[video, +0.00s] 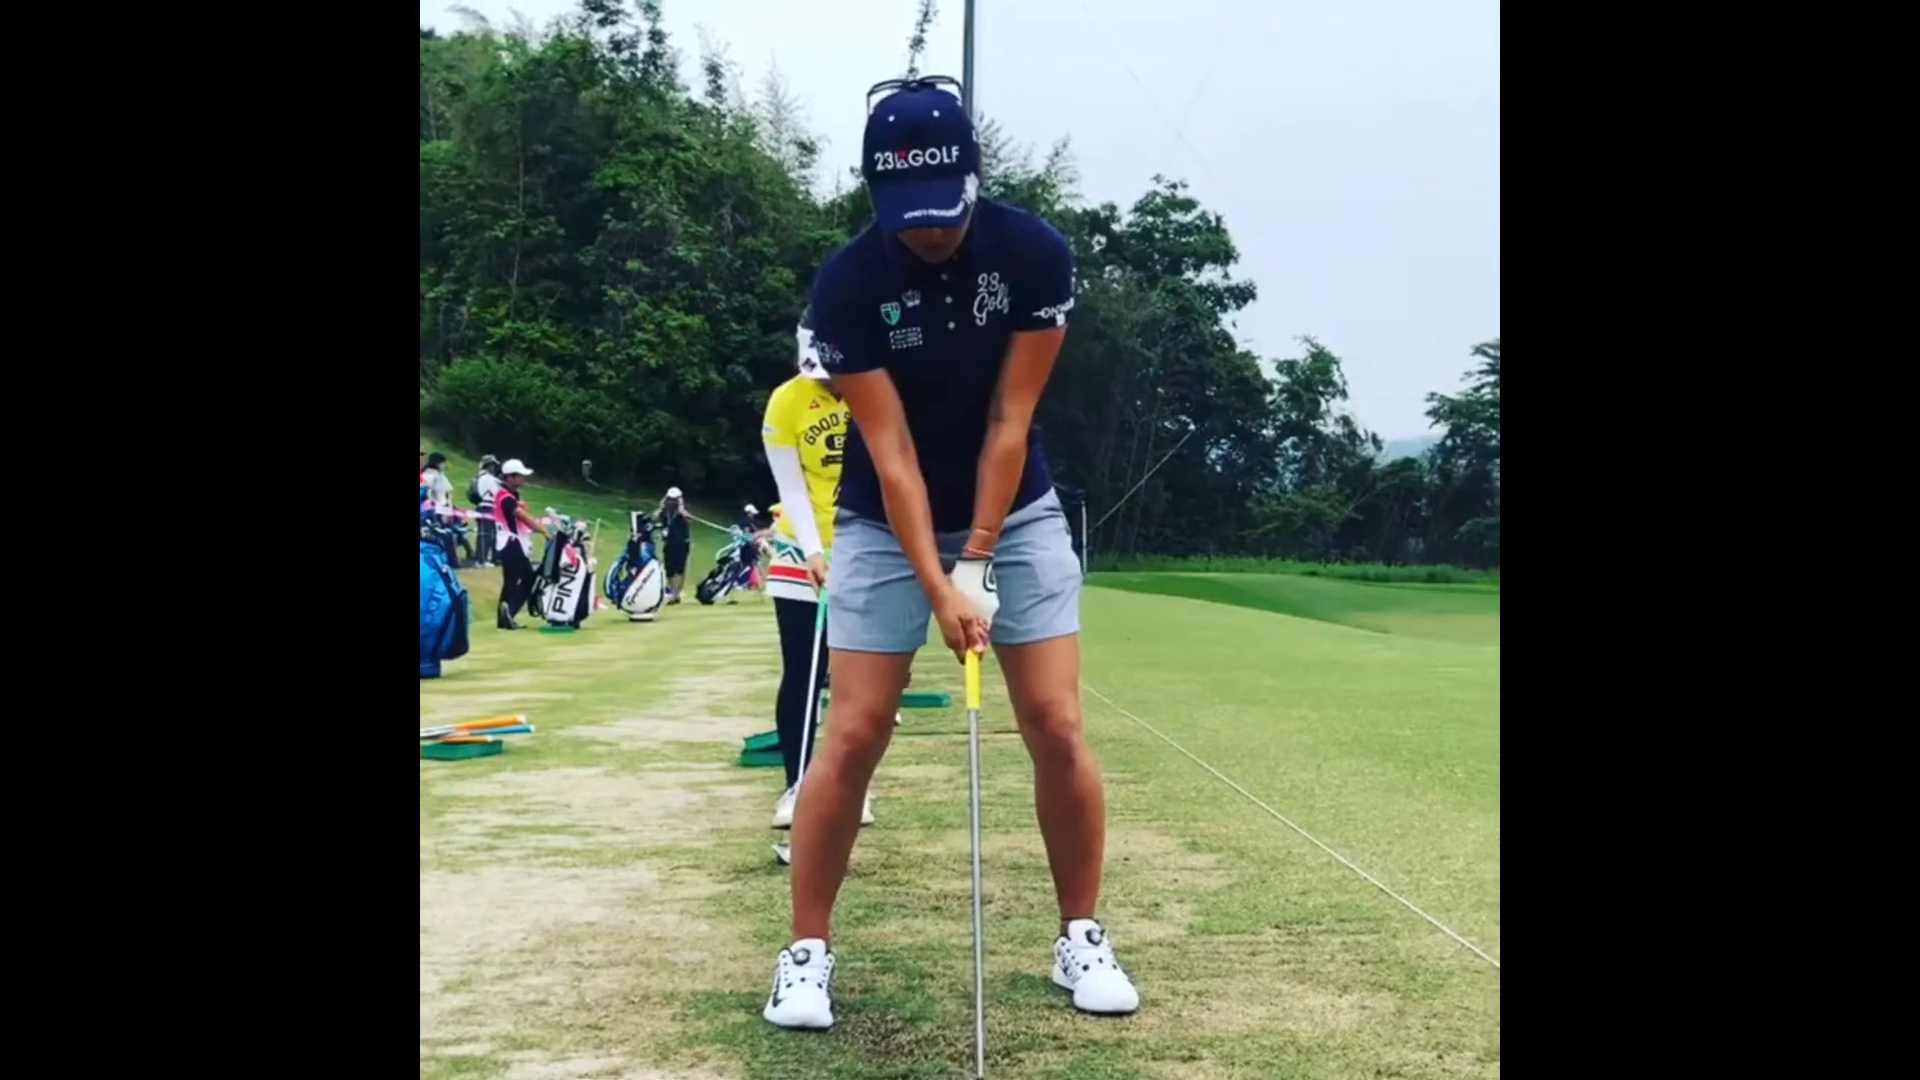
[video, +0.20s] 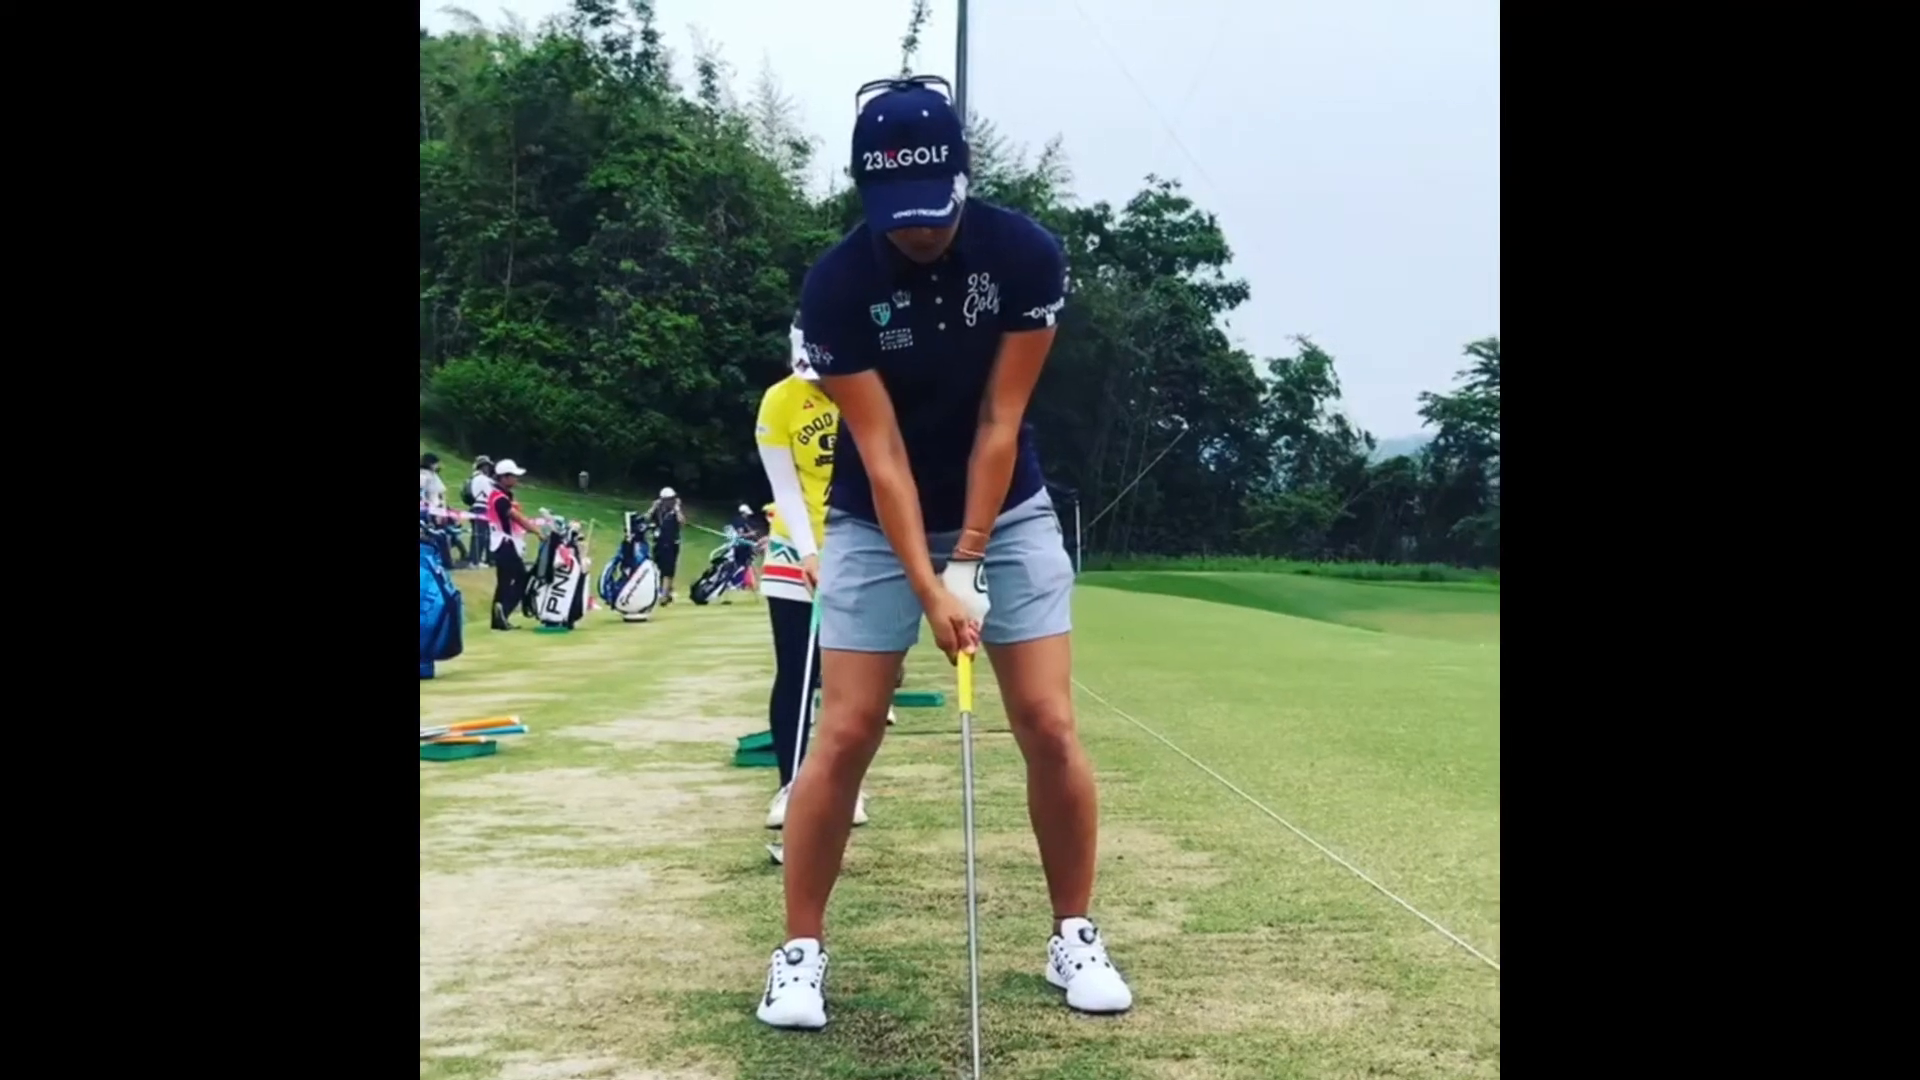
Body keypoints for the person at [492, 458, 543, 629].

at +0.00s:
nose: (523, 480)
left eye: (523, 477)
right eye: (520, 477)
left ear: (511, 478)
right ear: (510, 478)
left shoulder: (506, 495)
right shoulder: (507, 498)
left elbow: (522, 516)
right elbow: (525, 518)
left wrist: (542, 521)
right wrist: (544, 531)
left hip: (507, 539)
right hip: (511, 541)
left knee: (510, 579)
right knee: (529, 576)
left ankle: (504, 617)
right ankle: (510, 609)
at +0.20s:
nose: (516, 480)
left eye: (516, 477)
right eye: (513, 477)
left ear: (505, 478)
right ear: (503, 478)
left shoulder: (500, 495)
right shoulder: (500, 499)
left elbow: (517, 516)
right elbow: (518, 518)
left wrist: (536, 523)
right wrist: (538, 532)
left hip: (503, 541)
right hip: (504, 542)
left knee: (504, 579)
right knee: (521, 577)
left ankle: (498, 618)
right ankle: (504, 609)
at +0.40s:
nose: (512, 479)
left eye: (512, 475)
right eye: (509, 476)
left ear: (500, 477)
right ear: (500, 477)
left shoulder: (495, 494)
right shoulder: (497, 498)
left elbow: (513, 514)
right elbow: (514, 517)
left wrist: (532, 523)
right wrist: (534, 530)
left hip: (498, 539)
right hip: (501, 540)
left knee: (500, 579)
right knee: (518, 575)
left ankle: (494, 616)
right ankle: (500, 608)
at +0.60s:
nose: (513, 478)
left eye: (513, 475)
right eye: (510, 475)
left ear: (502, 476)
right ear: (501, 476)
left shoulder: (497, 493)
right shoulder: (499, 497)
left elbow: (515, 515)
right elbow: (516, 516)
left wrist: (534, 521)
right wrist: (536, 529)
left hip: (500, 538)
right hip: (503, 540)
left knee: (502, 577)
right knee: (520, 574)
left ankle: (496, 615)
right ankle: (502, 607)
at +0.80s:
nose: (516, 479)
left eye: (517, 475)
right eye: (514, 475)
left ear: (507, 476)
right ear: (504, 476)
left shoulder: (500, 493)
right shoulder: (502, 497)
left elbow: (518, 514)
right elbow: (519, 516)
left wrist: (537, 520)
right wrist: (539, 529)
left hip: (503, 538)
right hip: (506, 540)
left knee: (506, 577)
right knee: (524, 574)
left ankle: (500, 615)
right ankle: (506, 607)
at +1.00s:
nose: (523, 479)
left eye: (523, 476)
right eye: (520, 476)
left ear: (512, 478)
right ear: (511, 477)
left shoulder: (507, 493)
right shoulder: (507, 497)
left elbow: (523, 515)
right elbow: (525, 517)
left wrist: (540, 524)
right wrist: (543, 529)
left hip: (508, 538)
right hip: (511, 540)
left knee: (511, 578)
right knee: (528, 575)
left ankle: (504, 616)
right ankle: (510, 608)